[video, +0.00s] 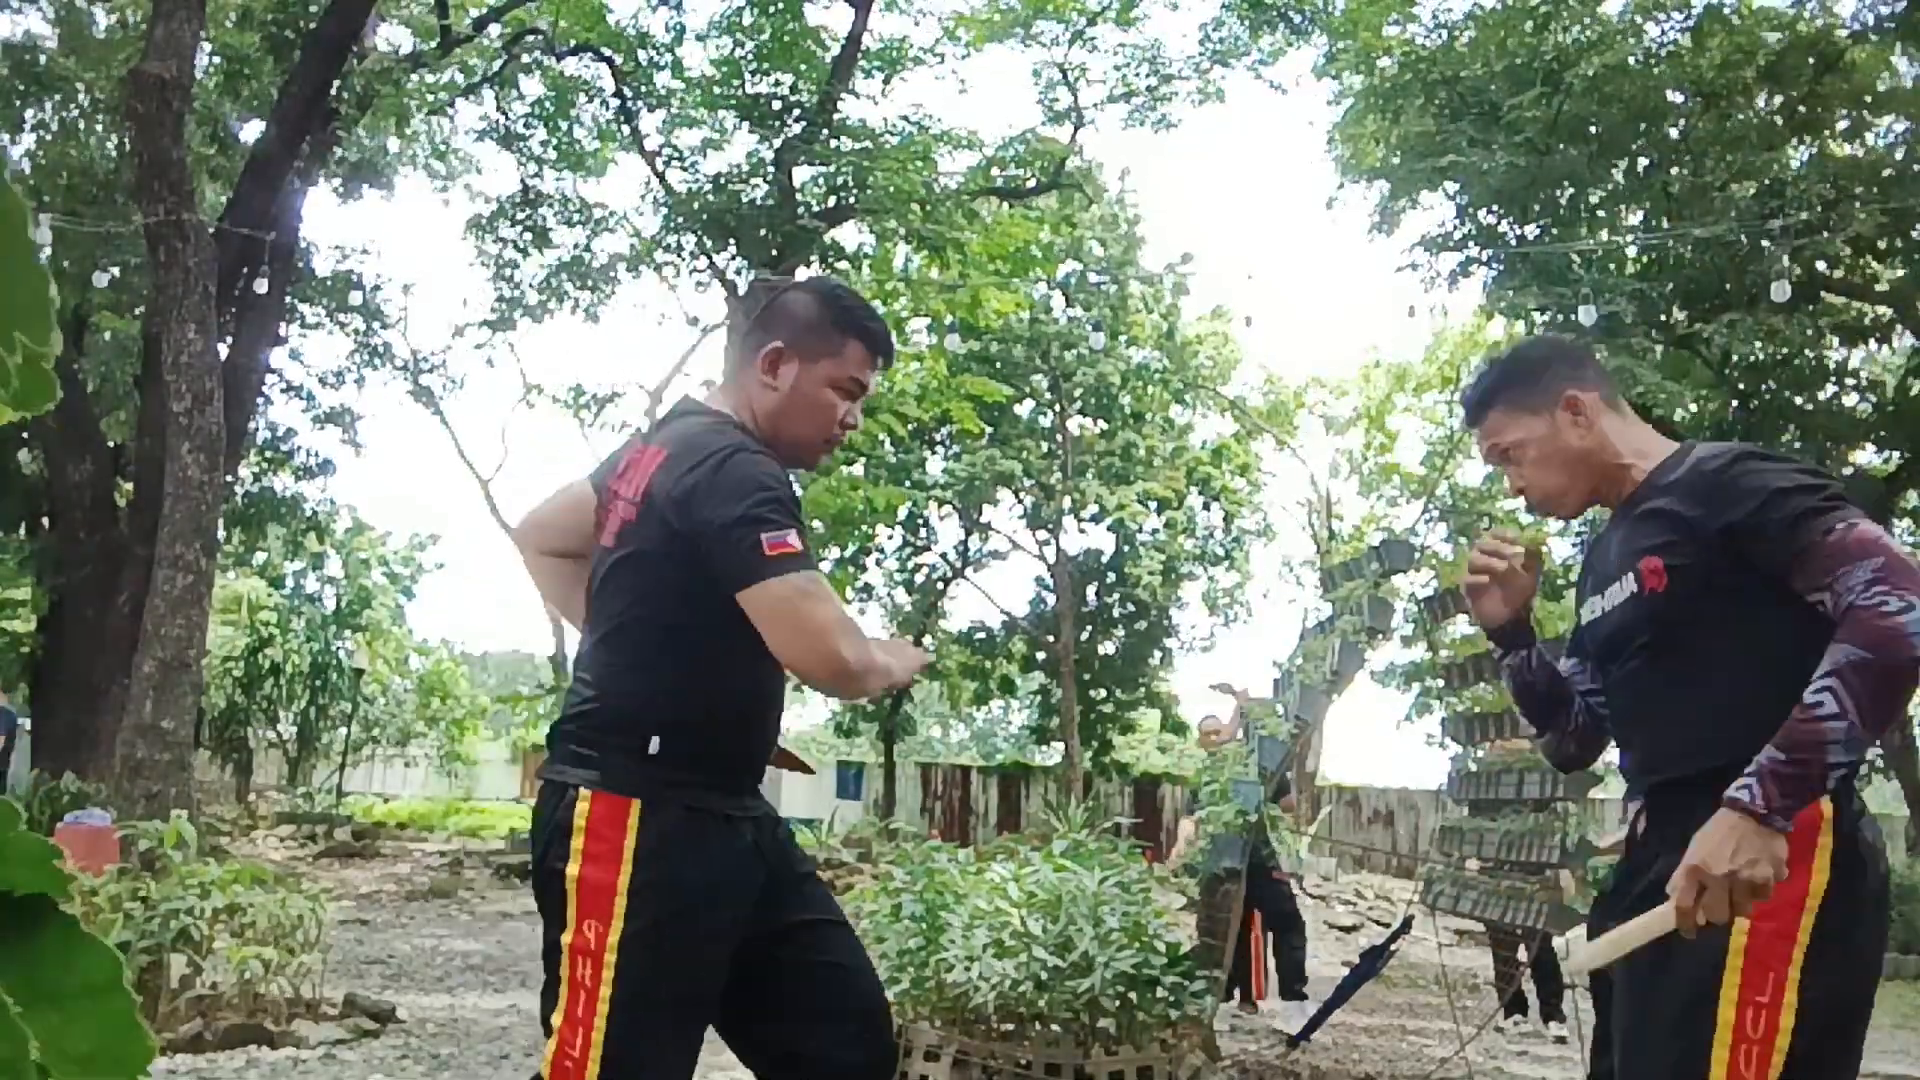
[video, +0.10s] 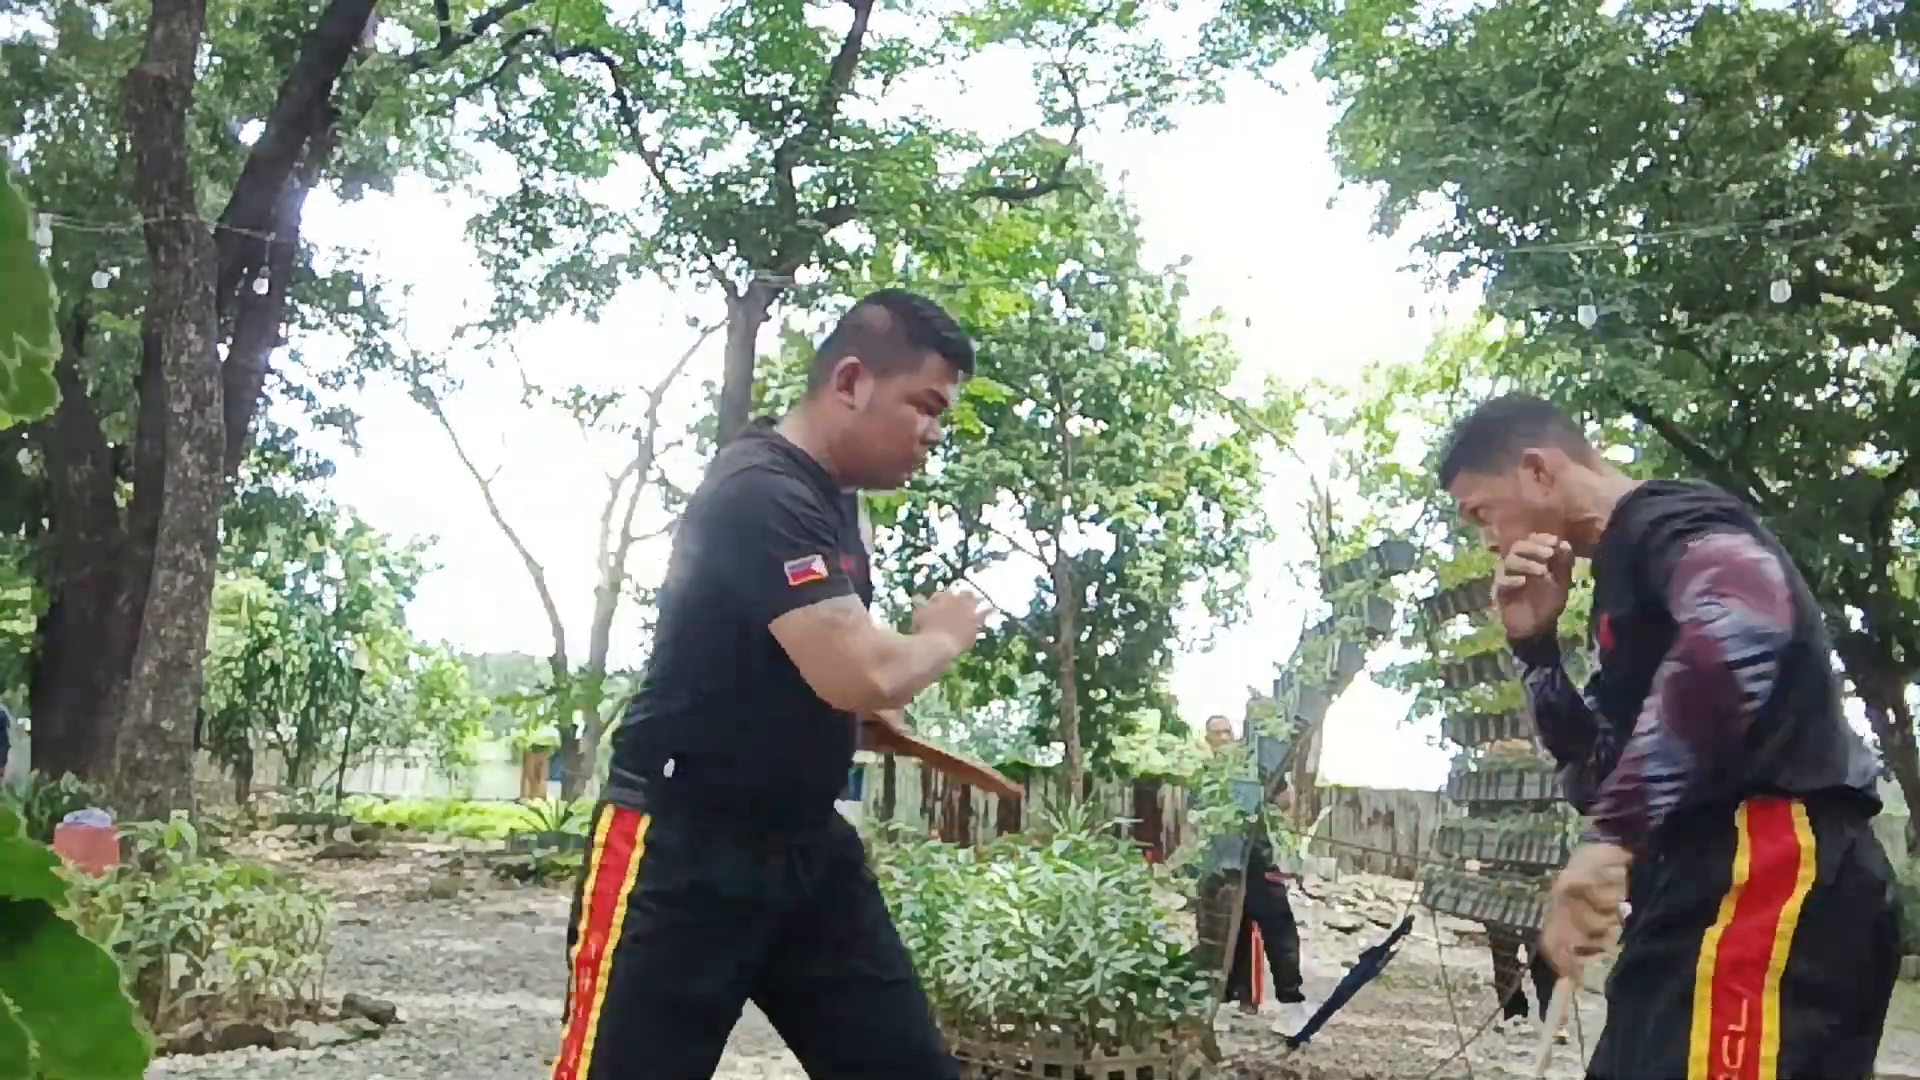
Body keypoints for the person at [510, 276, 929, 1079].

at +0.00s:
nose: (852, 420)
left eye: (860, 401)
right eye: (843, 391)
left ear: (768, 368)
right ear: (772, 366)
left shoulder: (656, 447)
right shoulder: (733, 466)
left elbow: (544, 537)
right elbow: (832, 660)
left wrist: (645, 661)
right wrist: (891, 659)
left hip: (722, 814)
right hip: (634, 814)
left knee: (847, 1048)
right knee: (603, 1066)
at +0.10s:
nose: (936, 434)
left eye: (942, 415)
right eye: (926, 405)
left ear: (854, 390)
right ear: (851, 383)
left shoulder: (832, 500)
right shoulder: (760, 487)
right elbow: (862, 674)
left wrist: (864, 703)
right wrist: (942, 637)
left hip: (801, 845)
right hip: (677, 847)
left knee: (910, 1068)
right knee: (611, 1070)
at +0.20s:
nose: (1001, 467)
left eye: (1007, 445)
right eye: (986, 438)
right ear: (907, 419)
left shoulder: (956, 545)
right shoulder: (781, 524)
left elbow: (971, 664)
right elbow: (843, 708)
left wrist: (1077, 737)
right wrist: (975, 660)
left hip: (877, 880)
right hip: (728, 880)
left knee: (985, 1069)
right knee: (634, 1070)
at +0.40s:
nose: (1108, 502)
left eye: (1118, 479)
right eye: (1087, 473)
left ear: (1120, 482)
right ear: (1002, 461)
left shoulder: (1106, 587)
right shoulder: (880, 555)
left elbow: (1283, 610)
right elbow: (848, 738)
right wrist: (1029, 721)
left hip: (956, 900)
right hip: (790, 890)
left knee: (1053, 1067)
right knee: (663, 1070)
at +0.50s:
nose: (1113, 496)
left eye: (1123, 475)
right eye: (1095, 469)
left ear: (1127, 474)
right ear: (1008, 453)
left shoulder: (1113, 548)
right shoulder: (891, 558)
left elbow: (1286, 503)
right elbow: (869, 744)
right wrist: (1053, 723)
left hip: (969, 900)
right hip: (805, 891)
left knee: (1067, 1065)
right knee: (678, 1066)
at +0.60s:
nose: (1079, 479)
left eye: (1092, 456)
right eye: (1061, 449)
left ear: (1099, 453)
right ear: (976, 432)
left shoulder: (1077, 514)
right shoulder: (867, 564)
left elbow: (1228, 436)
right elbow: (876, 755)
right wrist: (1053, 703)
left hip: (995, 904)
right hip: (830, 900)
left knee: (1081, 1070)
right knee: (702, 1075)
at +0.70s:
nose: (1033, 466)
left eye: (1044, 441)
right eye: (1007, 437)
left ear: (1053, 443)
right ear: (926, 428)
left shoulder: (1042, 523)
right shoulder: (829, 565)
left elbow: (1166, 473)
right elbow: (836, 749)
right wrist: (1014, 687)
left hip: (992, 904)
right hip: (823, 903)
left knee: (1071, 1064)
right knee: (696, 1065)